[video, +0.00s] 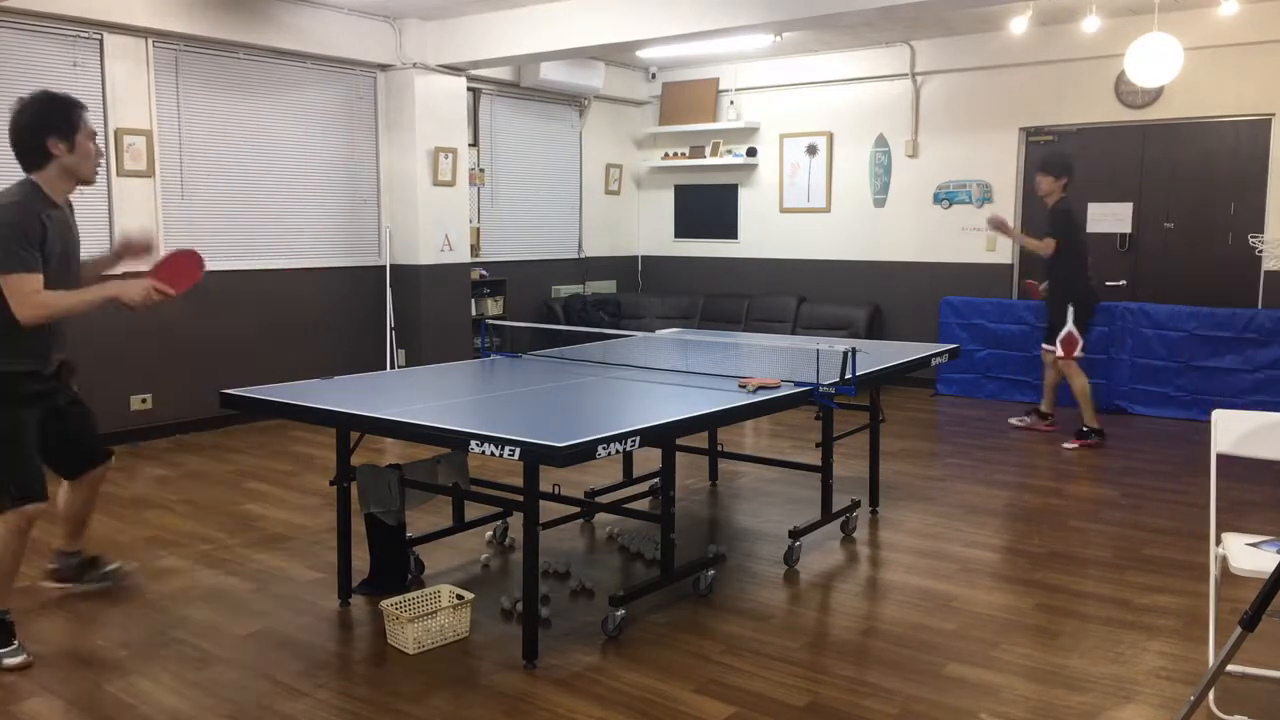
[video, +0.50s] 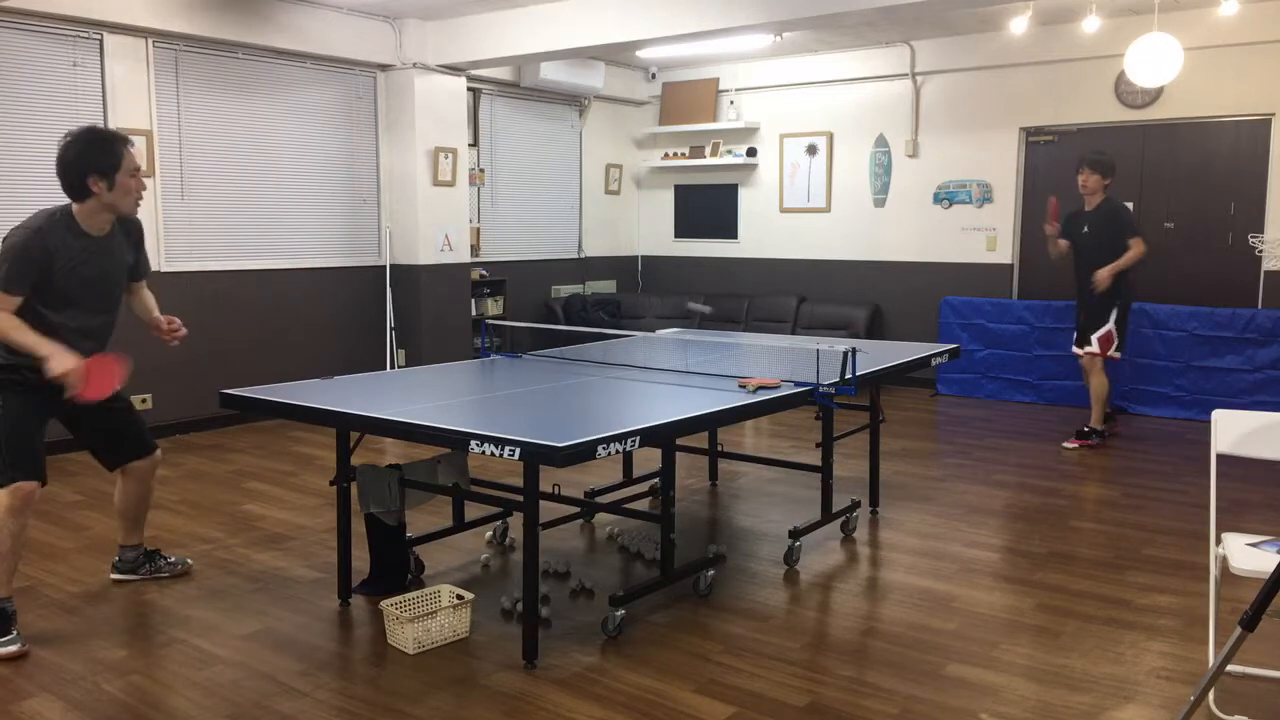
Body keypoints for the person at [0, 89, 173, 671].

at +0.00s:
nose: (98, 148)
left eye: (94, 137)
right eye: (88, 139)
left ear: (61, 147)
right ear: (55, 148)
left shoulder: (59, 208)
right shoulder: (18, 211)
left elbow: (59, 283)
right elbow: (27, 306)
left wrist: (112, 259)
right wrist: (116, 288)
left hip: (46, 376)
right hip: (11, 383)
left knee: (89, 462)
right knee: (21, 502)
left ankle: (69, 558)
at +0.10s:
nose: (105, 159)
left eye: (101, 148)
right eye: (95, 151)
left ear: (69, 161)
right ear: (64, 161)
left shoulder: (71, 220)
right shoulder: (22, 224)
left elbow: (65, 295)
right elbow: (35, 317)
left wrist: (127, 298)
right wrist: (121, 301)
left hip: (50, 382)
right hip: (9, 389)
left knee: (95, 465)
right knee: (27, 502)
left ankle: (111, 553)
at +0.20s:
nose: (117, 170)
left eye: (112, 159)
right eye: (106, 161)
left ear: (82, 174)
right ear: (75, 174)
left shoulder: (87, 227)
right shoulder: (28, 235)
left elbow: (79, 294)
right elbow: (39, 328)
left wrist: (133, 314)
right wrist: (123, 315)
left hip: (58, 384)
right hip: (12, 391)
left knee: (107, 465)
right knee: (33, 499)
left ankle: (125, 555)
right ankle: (2, 617)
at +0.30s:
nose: (130, 175)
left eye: (127, 165)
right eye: (120, 167)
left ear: (94, 180)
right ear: (88, 180)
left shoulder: (107, 230)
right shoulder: (33, 238)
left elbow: (101, 291)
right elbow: (31, 331)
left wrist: (140, 322)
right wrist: (113, 327)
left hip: (71, 378)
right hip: (17, 385)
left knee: (128, 461)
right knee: (29, 493)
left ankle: (130, 555)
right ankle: (2, 617)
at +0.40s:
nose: (139, 178)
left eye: (136, 167)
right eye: (130, 169)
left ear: (100, 178)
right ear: (95, 180)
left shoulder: (120, 227)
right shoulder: (36, 235)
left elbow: (122, 285)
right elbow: (10, 321)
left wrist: (145, 318)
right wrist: (89, 337)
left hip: (79, 373)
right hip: (19, 377)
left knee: (133, 455)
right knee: (20, 487)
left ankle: (130, 554)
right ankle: (2, 611)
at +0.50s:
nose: (143, 181)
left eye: (140, 171)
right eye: (133, 174)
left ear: (103, 183)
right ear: (96, 185)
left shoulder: (127, 231)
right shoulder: (34, 239)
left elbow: (135, 286)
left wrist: (155, 317)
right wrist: (49, 349)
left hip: (81, 372)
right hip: (18, 377)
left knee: (140, 456)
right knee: (21, 487)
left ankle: (131, 554)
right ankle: (2, 608)